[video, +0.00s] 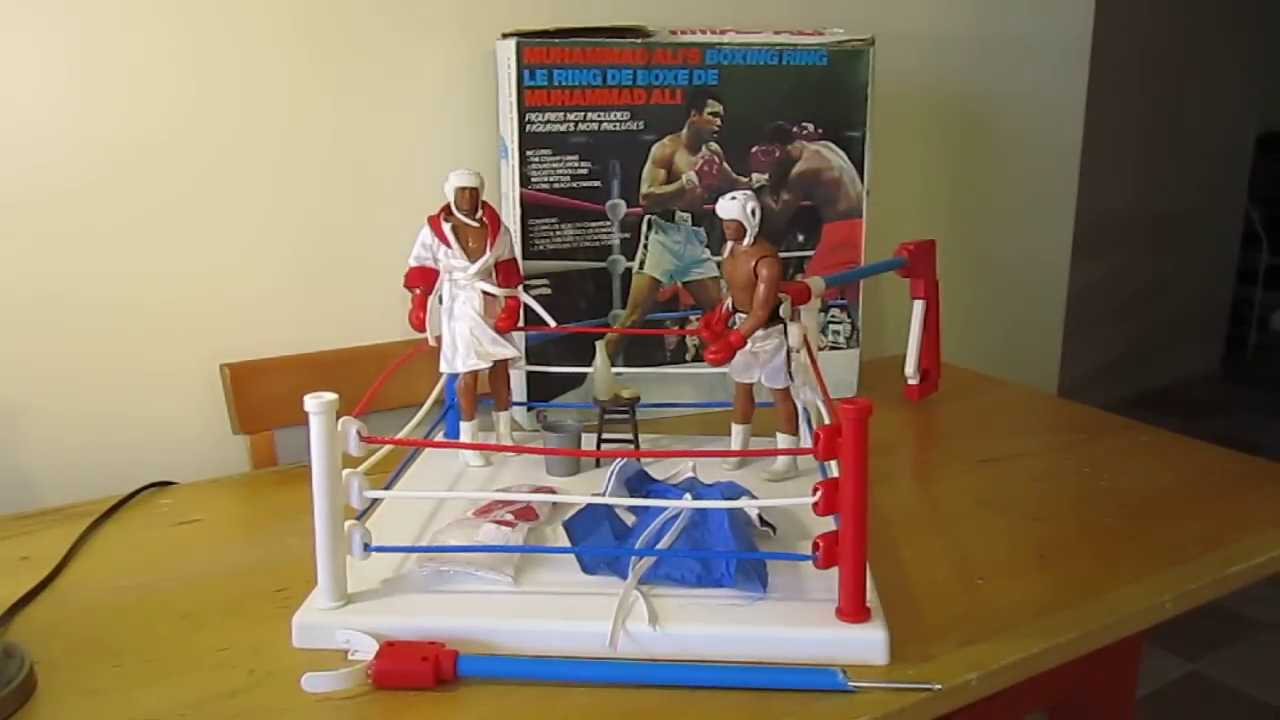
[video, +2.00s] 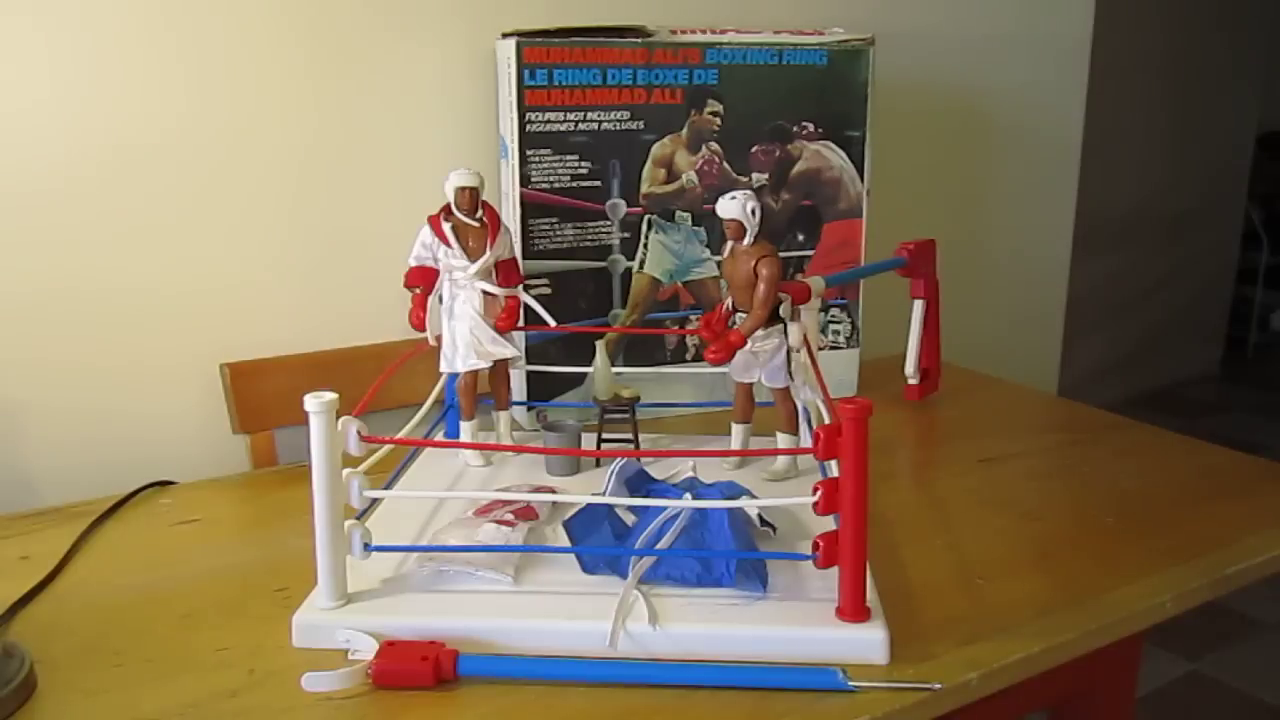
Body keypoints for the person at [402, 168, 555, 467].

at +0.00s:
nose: (468, 197)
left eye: (472, 191)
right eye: (462, 191)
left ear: (481, 194)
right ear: (451, 195)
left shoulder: (495, 228)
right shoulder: (436, 229)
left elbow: (509, 269)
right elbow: (421, 268)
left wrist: (512, 306)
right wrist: (419, 304)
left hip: (493, 303)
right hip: (459, 305)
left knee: (500, 365)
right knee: (469, 370)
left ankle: (505, 433)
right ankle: (469, 440)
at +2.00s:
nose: (466, 198)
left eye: (472, 191)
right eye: (460, 192)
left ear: (480, 194)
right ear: (450, 195)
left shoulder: (496, 228)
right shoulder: (435, 229)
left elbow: (508, 270)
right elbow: (421, 273)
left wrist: (510, 306)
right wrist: (421, 312)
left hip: (493, 302)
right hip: (459, 304)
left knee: (501, 364)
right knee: (469, 369)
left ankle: (505, 432)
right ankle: (469, 440)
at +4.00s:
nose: (467, 198)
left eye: (472, 191)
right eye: (461, 191)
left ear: (480, 194)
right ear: (450, 195)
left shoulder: (496, 228)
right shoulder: (435, 229)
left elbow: (508, 270)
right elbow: (421, 271)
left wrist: (511, 306)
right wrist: (421, 309)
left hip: (492, 302)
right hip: (457, 304)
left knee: (500, 364)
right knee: (468, 369)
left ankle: (504, 433)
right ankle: (469, 441)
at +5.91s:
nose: (467, 198)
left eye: (472, 191)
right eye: (461, 191)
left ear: (480, 194)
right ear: (451, 195)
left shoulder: (496, 227)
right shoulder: (436, 229)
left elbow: (508, 268)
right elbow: (422, 268)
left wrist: (512, 303)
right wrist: (419, 303)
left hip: (493, 302)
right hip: (458, 303)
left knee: (500, 364)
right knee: (469, 369)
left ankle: (504, 432)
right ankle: (468, 440)